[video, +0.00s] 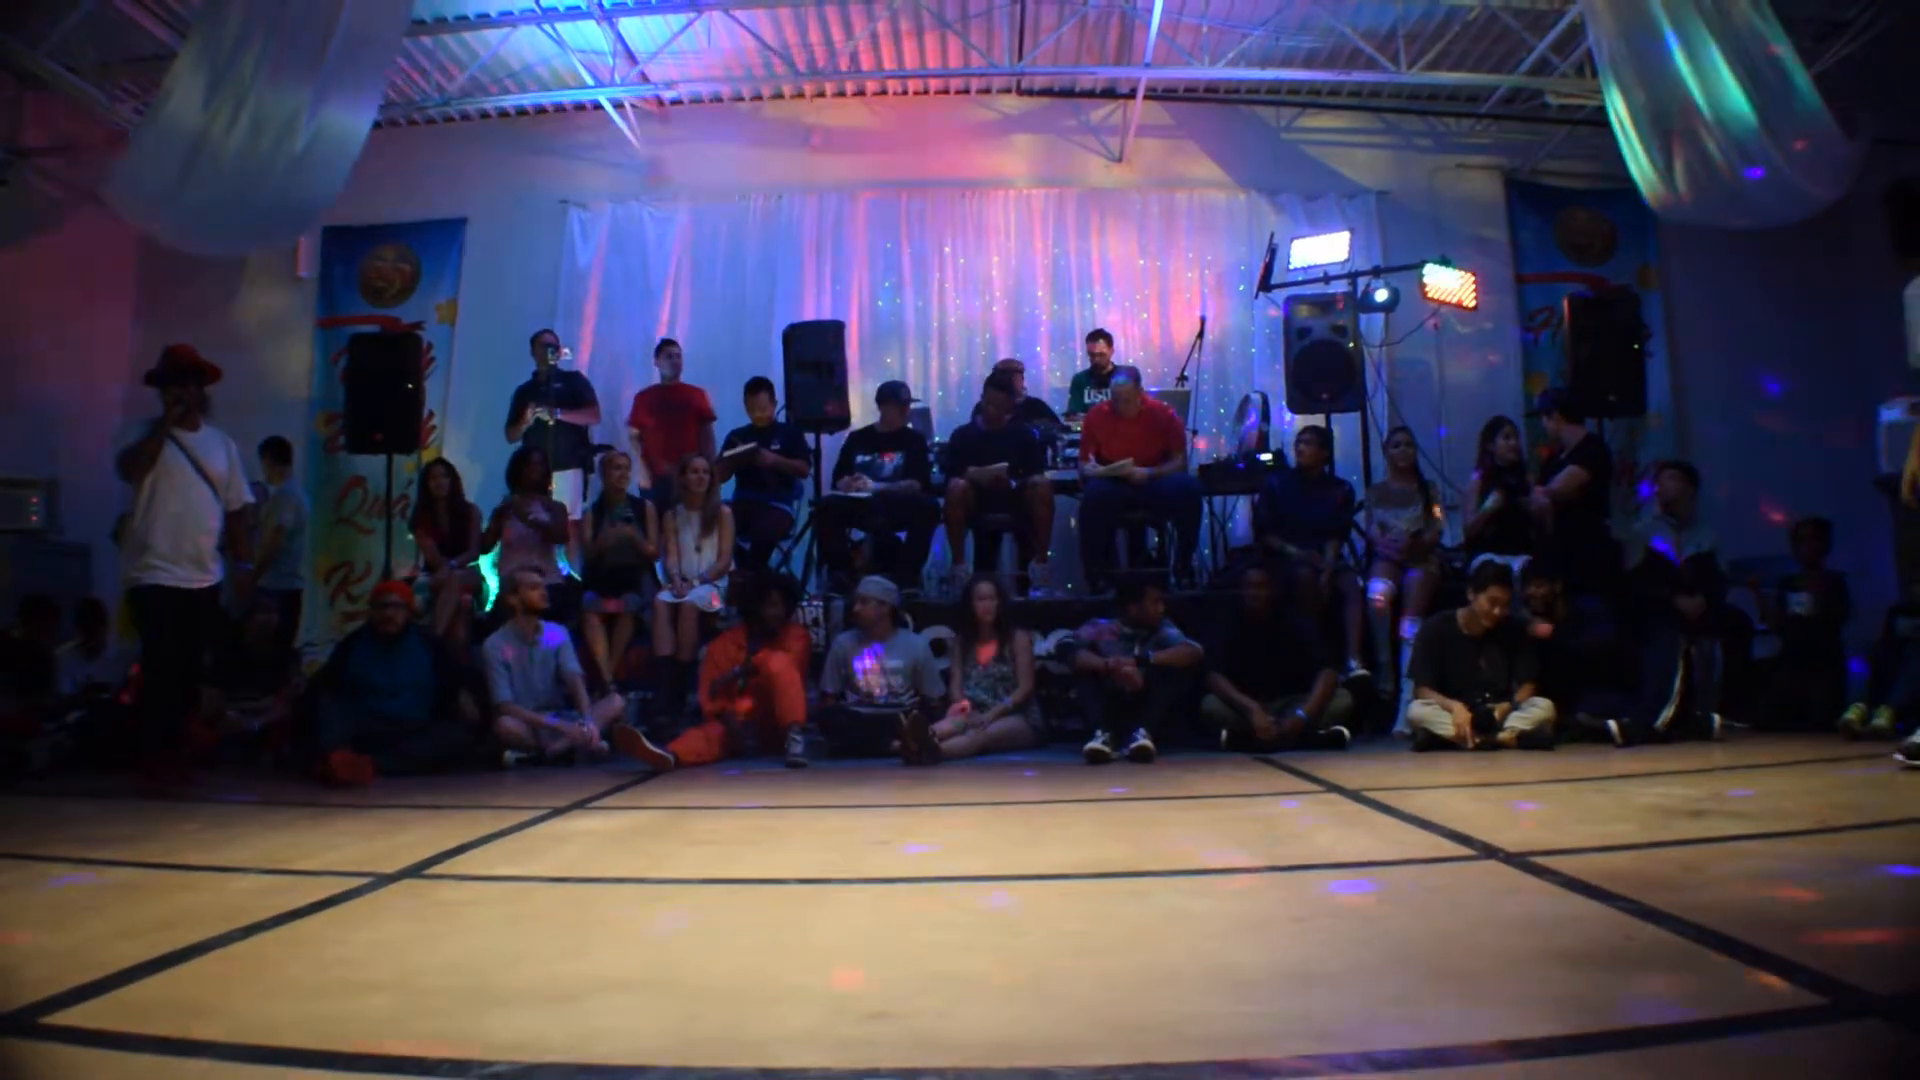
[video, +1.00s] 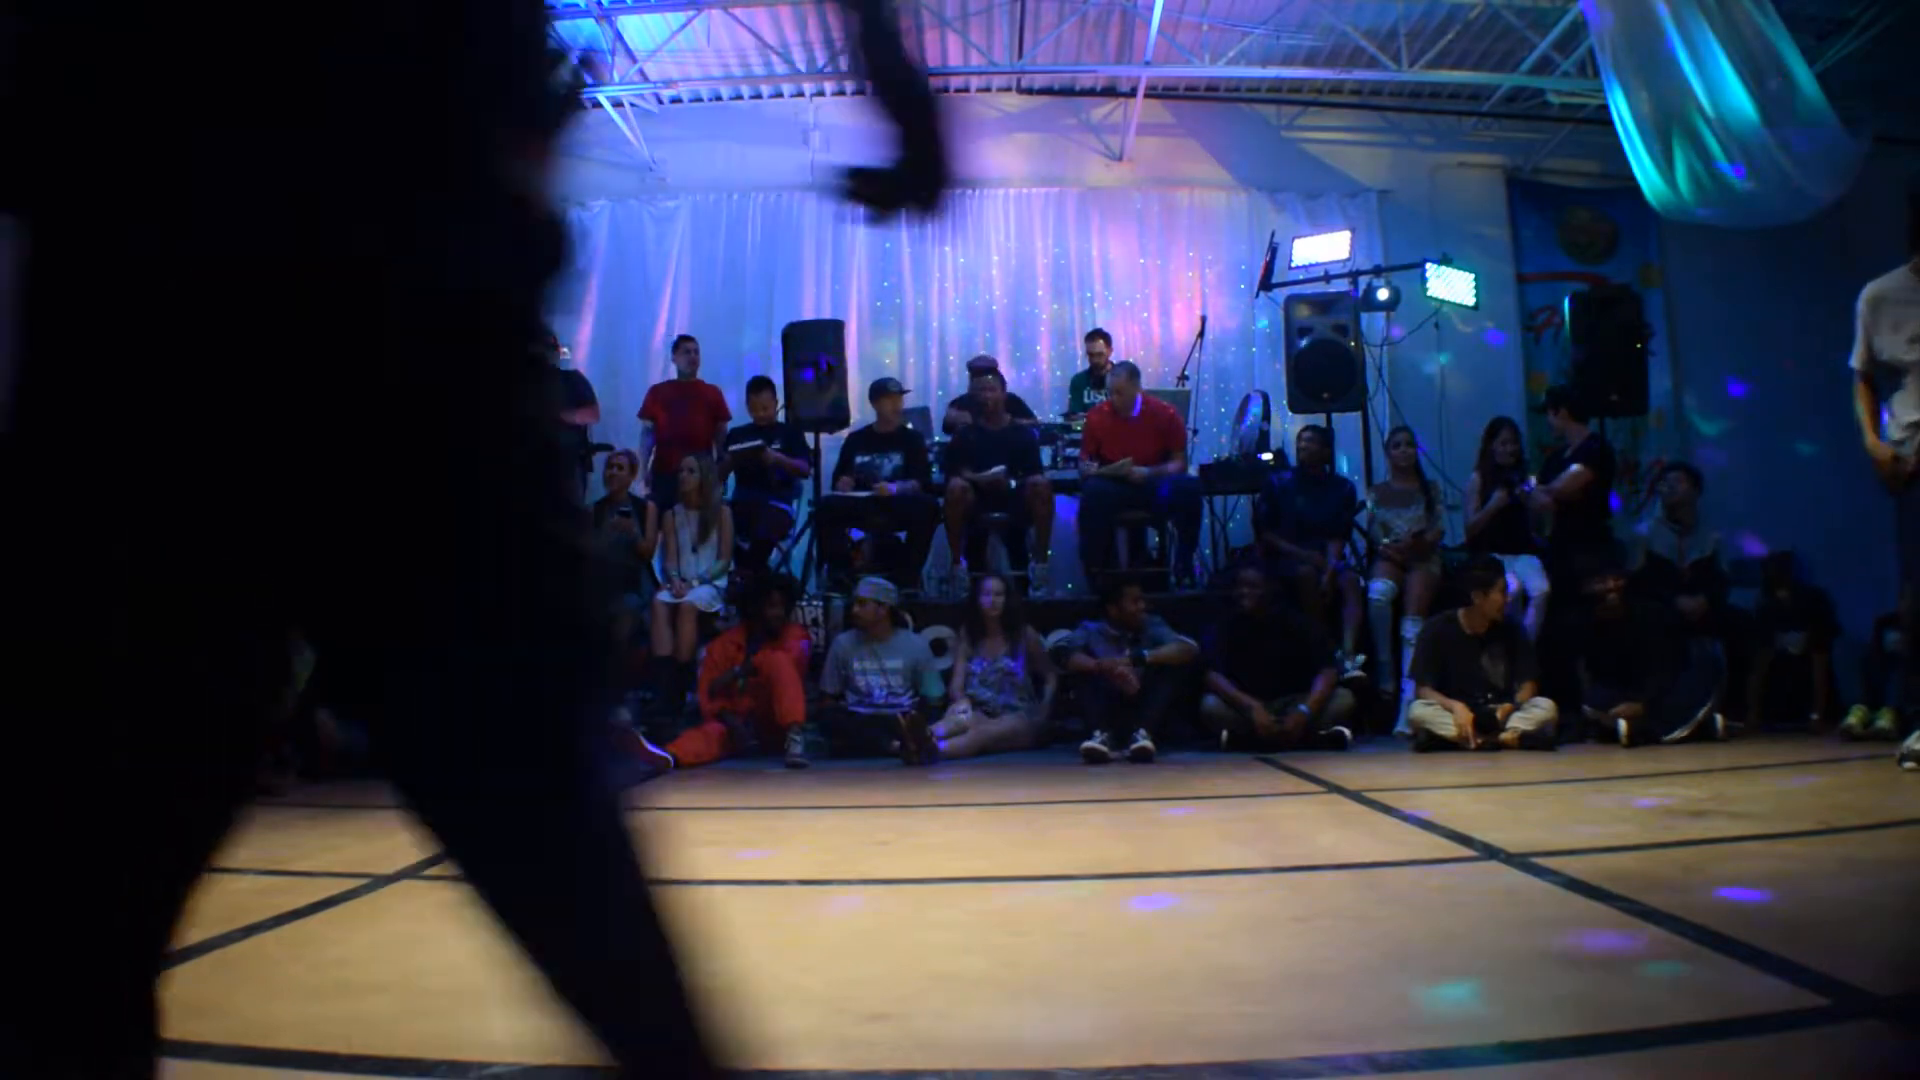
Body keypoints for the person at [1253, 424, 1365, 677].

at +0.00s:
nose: (1301, 449)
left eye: (1309, 444)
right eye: (1299, 443)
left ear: (1324, 453)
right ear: (1294, 449)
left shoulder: (1339, 488)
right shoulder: (1278, 483)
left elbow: (1336, 536)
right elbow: (1266, 533)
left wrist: (1326, 572)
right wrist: (1301, 554)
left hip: (1324, 557)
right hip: (1289, 556)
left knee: (1351, 584)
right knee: (1305, 579)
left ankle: (1353, 659)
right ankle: (1305, 658)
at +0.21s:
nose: (1302, 449)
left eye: (1309, 444)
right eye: (1300, 443)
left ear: (1326, 453)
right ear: (1296, 449)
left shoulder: (1341, 488)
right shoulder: (1281, 483)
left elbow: (1338, 536)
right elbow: (1264, 533)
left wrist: (1327, 574)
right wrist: (1302, 554)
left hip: (1325, 558)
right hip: (1289, 557)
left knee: (1352, 583)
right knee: (1306, 577)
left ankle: (1353, 658)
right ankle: (1309, 655)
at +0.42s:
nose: (1303, 448)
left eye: (1310, 444)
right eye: (1301, 443)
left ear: (1326, 452)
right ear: (1296, 449)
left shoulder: (1341, 489)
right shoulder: (1282, 483)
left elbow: (1337, 536)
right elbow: (1264, 531)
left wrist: (1327, 572)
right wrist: (1302, 554)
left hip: (1325, 558)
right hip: (1289, 558)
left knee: (1352, 584)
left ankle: (1353, 657)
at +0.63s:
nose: (1304, 448)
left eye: (1311, 443)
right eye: (1301, 442)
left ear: (1326, 451)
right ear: (1296, 448)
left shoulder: (1342, 487)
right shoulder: (1282, 483)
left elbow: (1338, 535)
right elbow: (1265, 532)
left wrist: (1328, 572)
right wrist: (1303, 554)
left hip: (1326, 555)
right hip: (1291, 554)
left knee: (1352, 582)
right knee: (1307, 577)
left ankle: (1355, 655)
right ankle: (1321, 654)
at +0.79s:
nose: (1304, 447)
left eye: (1311, 442)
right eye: (1301, 442)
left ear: (1326, 450)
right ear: (1296, 449)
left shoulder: (1342, 487)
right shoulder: (1281, 482)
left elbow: (1338, 535)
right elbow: (1266, 532)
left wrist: (1327, 573)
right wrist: (1303, 555)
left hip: (1326, 555)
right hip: (1291, 555)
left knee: (1351, 583)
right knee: (1307, 576)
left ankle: (1352, 655)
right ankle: (1319, 653)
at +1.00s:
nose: (1303, 447)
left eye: (1311, 442)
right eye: (1301, 441)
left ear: (1326, 450)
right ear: (1296, 447)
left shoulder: (1342, 487)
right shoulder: (1279, 483)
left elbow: (1339, 536)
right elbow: (1265, 533)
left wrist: (1329, 571)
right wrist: (1305, 556)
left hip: (1326, 555)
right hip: (1289, 555)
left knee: (1351, 582)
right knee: (1307, 577)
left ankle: (1347, 654)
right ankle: (1314, 653)